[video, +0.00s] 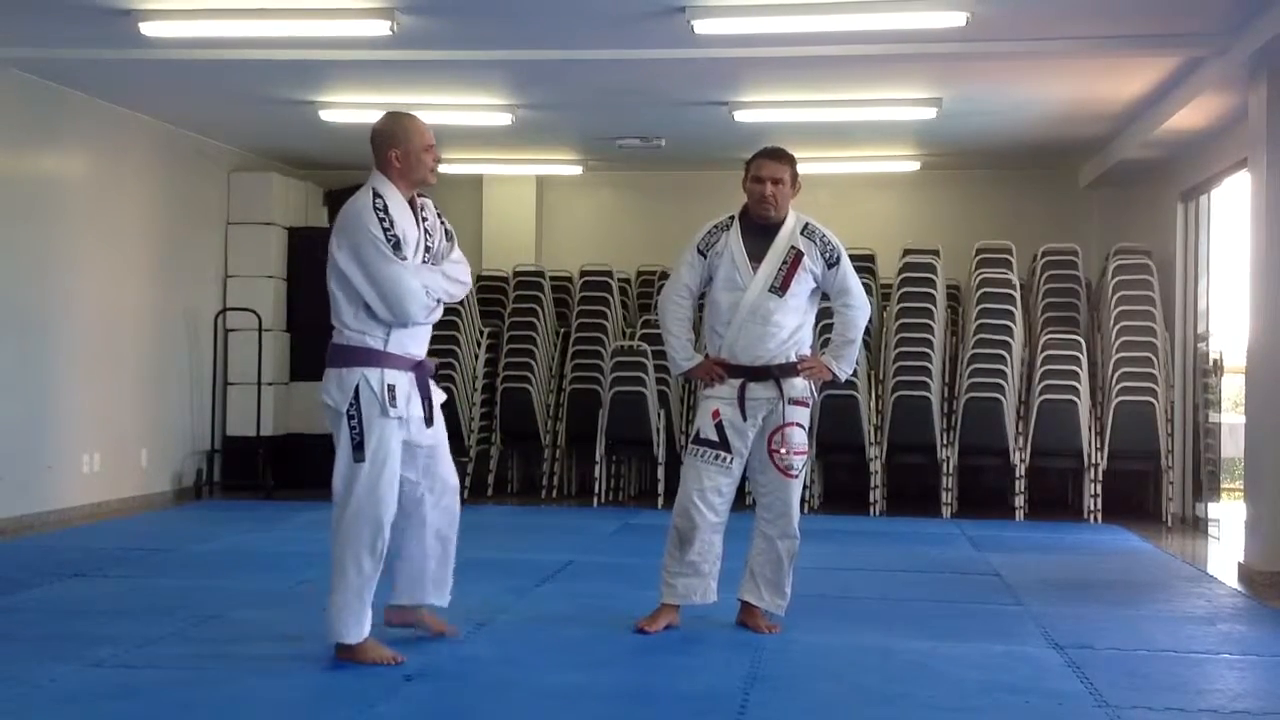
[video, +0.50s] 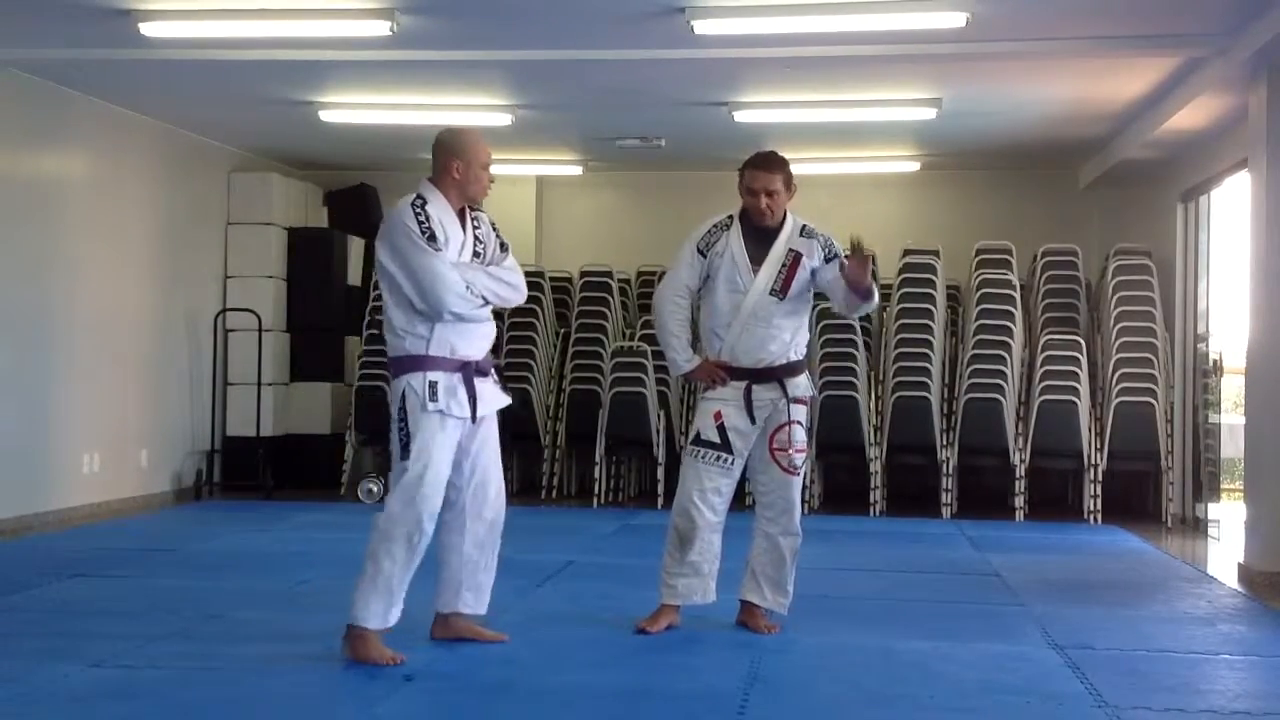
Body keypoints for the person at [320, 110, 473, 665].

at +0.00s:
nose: (439, 158)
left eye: (436, 149)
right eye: (429, 150)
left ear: (402, 156)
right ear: (396, 157)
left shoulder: (426, 212)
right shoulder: (363, 213)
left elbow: (462, 276)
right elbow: (405, 303)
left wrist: (412, 273)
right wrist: (443, 284)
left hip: (414, 376)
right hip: (366, 376)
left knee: (435, 492)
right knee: (366, 505)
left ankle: (408, 605)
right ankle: (350, 636)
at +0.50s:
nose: (491, 178)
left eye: (491, 168)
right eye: (486, 168)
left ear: (461, 169)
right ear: (454, 169)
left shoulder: (478, 224)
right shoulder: (407, 219)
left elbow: (515, 286)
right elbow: (446, 298)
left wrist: (458, 272)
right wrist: (492, 293)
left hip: (477, 378)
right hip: (426, 377)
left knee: (481, 500)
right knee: (415, 502)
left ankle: (455, 614)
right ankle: (364, 627)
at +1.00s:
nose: (534, 189)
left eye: (535, 180)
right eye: (529, 179)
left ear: (504, 175)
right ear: (500, 174)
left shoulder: (509, 231)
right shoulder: (445, 217)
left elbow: (542, 300)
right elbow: (481, 297)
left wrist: (494, 273)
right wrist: (523, 298)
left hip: (496, 387)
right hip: (448, 385)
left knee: (491, 504)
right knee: (448, 506)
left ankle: (464, 615)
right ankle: (438, 632)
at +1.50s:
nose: (542, 189)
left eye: (543, 179)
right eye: (538, 179)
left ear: (510, 174)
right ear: (511, 175)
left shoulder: (511, 232)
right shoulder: (456, 214)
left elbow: (536, 310)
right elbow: (465, 298)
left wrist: (575, 367)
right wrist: (531, 347)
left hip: (503, 385)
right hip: (459, 384)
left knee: (498, 505)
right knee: (457, 507)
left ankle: (465, 617)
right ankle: (439, 632)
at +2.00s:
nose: (546, 199)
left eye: (548, 189)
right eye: (542, 188)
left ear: (517, 182)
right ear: (512, 180)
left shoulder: (507, 235)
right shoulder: (463, 212)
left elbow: (524, 303)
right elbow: (434, 293)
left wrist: (561, 274)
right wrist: (453, 371)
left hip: (504, 389)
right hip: (466, 385)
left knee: (494, 509)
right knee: (457, 508)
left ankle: (463, 617)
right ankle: (438, 631)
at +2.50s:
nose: (539, 208)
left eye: (543, 198)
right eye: (535, 196)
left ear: (511, 189)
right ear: (505, 184)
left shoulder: (510, 238)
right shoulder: (454, 214)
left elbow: (523, 307)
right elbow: (424, 291)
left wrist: (553, 285)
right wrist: (453, 367)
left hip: (504, 392)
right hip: (462, 388)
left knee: (494, 509)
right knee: (453, 508)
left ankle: (465, 619)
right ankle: (438, 633)